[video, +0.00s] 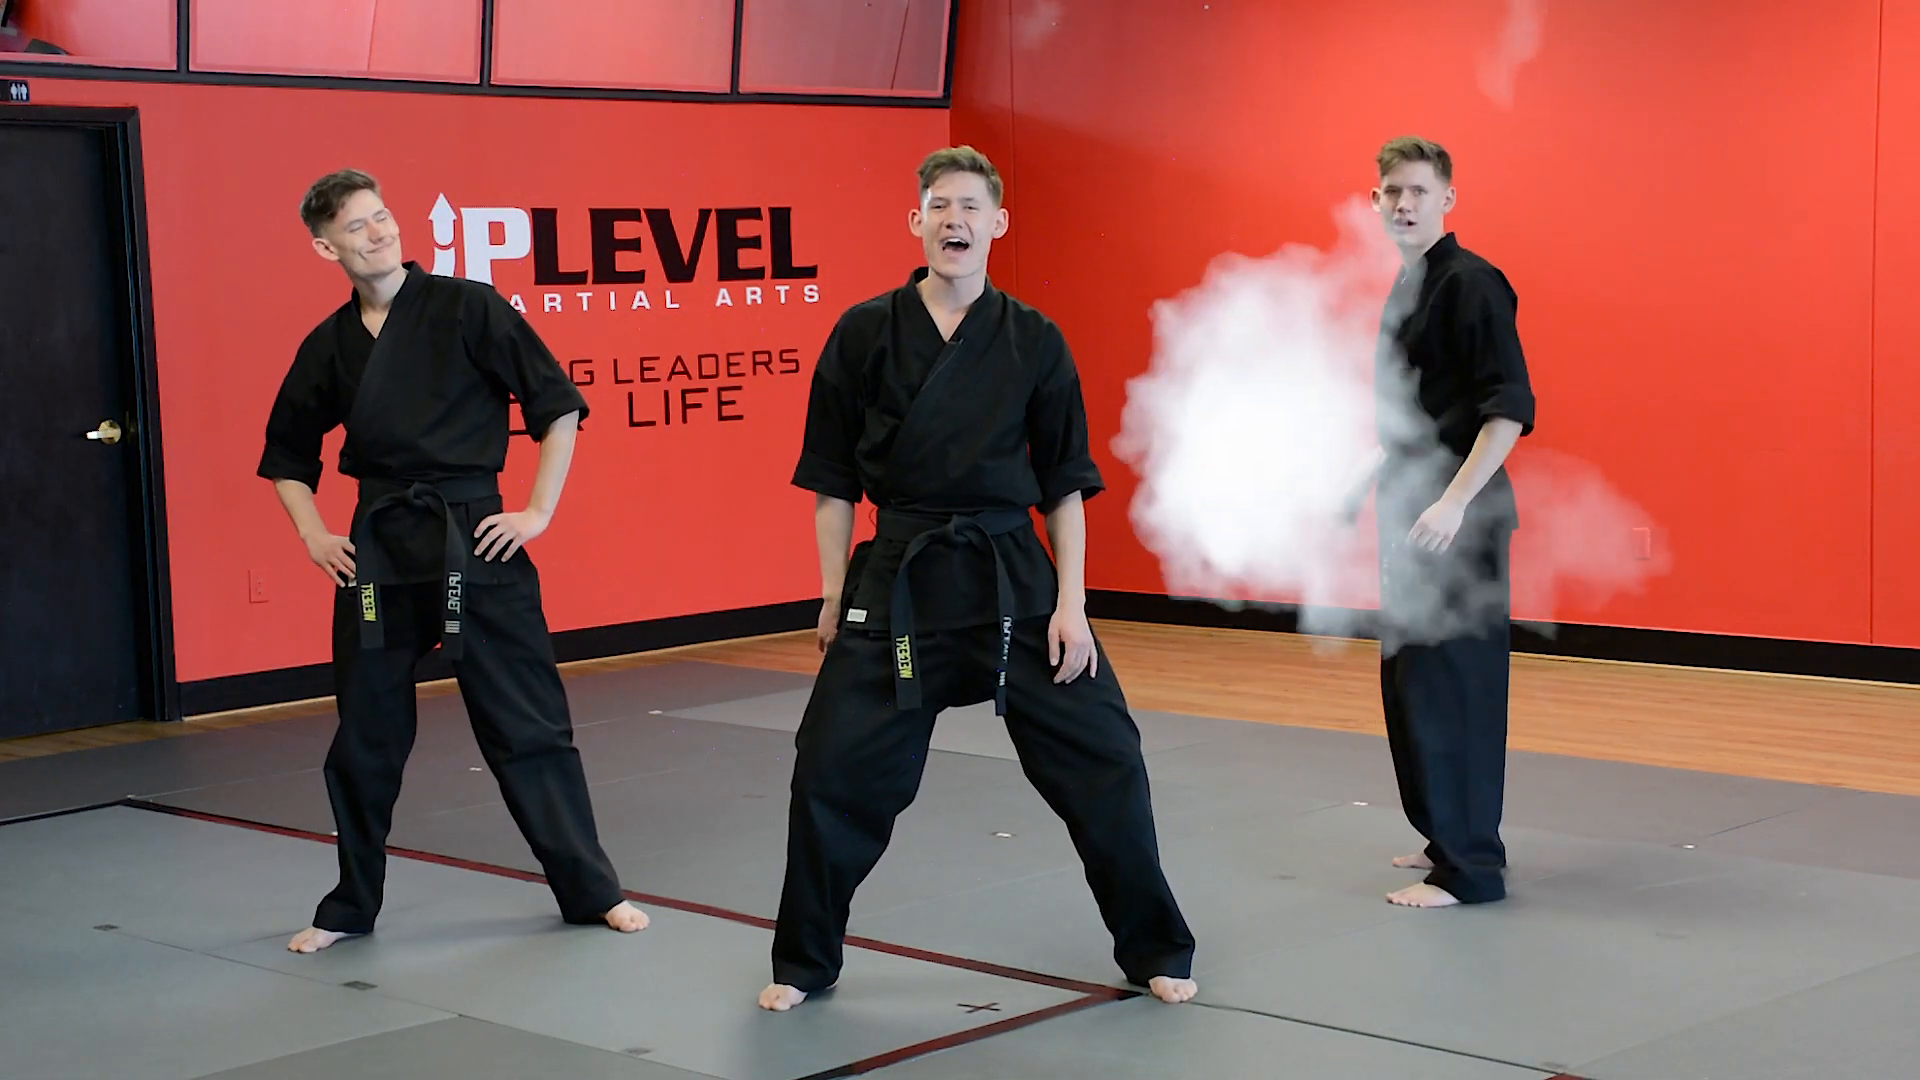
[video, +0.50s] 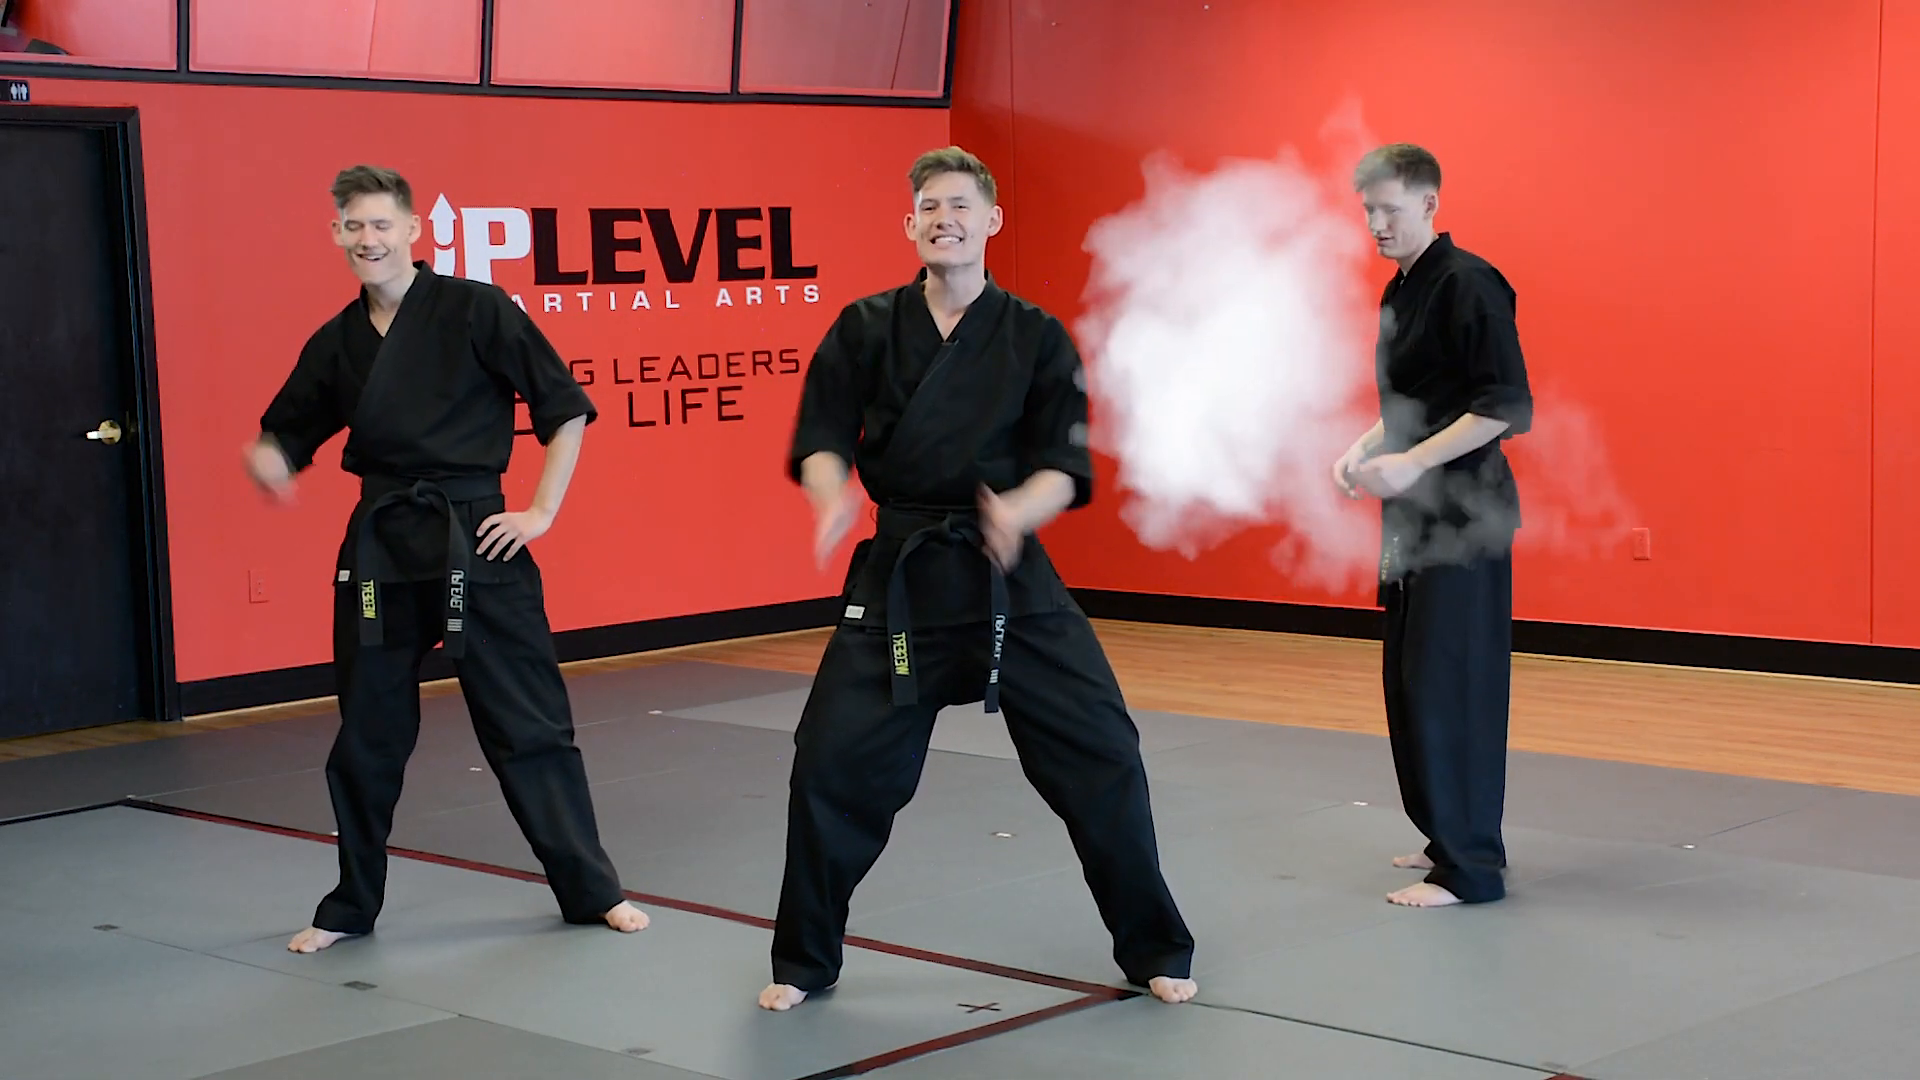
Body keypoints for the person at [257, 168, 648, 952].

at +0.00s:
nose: (377, 231)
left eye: (381, 216)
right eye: (356, 226)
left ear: (399, 225)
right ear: (328, 250)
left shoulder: (470, 306)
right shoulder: (329, 346)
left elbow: (560, 405)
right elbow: (286, 452)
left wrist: (538, 512)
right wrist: (313, 533)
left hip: (477, 538)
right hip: (380, 545)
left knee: (529, 725)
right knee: (364, 740)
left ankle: (592, 892)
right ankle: (352, 905)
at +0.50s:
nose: (366, 238)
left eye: (380, 223)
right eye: (352, 226)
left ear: (413, 229)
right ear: (338, 239)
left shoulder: (479, 310)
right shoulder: (336, 344)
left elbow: (567, 409)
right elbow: (283, 438)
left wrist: (541, 511)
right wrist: (269, 461)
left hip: (478, 539)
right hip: (379, 544)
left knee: (530, 724)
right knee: (366, 737)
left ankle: (592, 891)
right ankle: (352, 905)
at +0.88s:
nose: (387, 248)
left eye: (401, 234)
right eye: (378, 234)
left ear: (445, 234)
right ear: (370, 236)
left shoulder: (502, 318)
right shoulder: (345, 325)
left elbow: (587, 420)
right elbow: (239, 388)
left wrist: (548, 516)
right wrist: (265, 303)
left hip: (487, 537)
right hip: (386, 540)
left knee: (535, 725)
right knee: (370, 736)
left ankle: (592, 891)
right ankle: (352, 907)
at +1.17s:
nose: (418, 241)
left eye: (435, 229)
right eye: (409, 227)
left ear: (471, 231)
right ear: (397, 228)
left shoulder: (516, 319)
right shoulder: (359, 322)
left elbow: (601, 424)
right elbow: (244, 370)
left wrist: (555, 514)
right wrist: (290, 309)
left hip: (494, 538)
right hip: (394, 540)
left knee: (540, 725)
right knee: (375, 736)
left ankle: (593, 891)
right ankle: (352, 906)